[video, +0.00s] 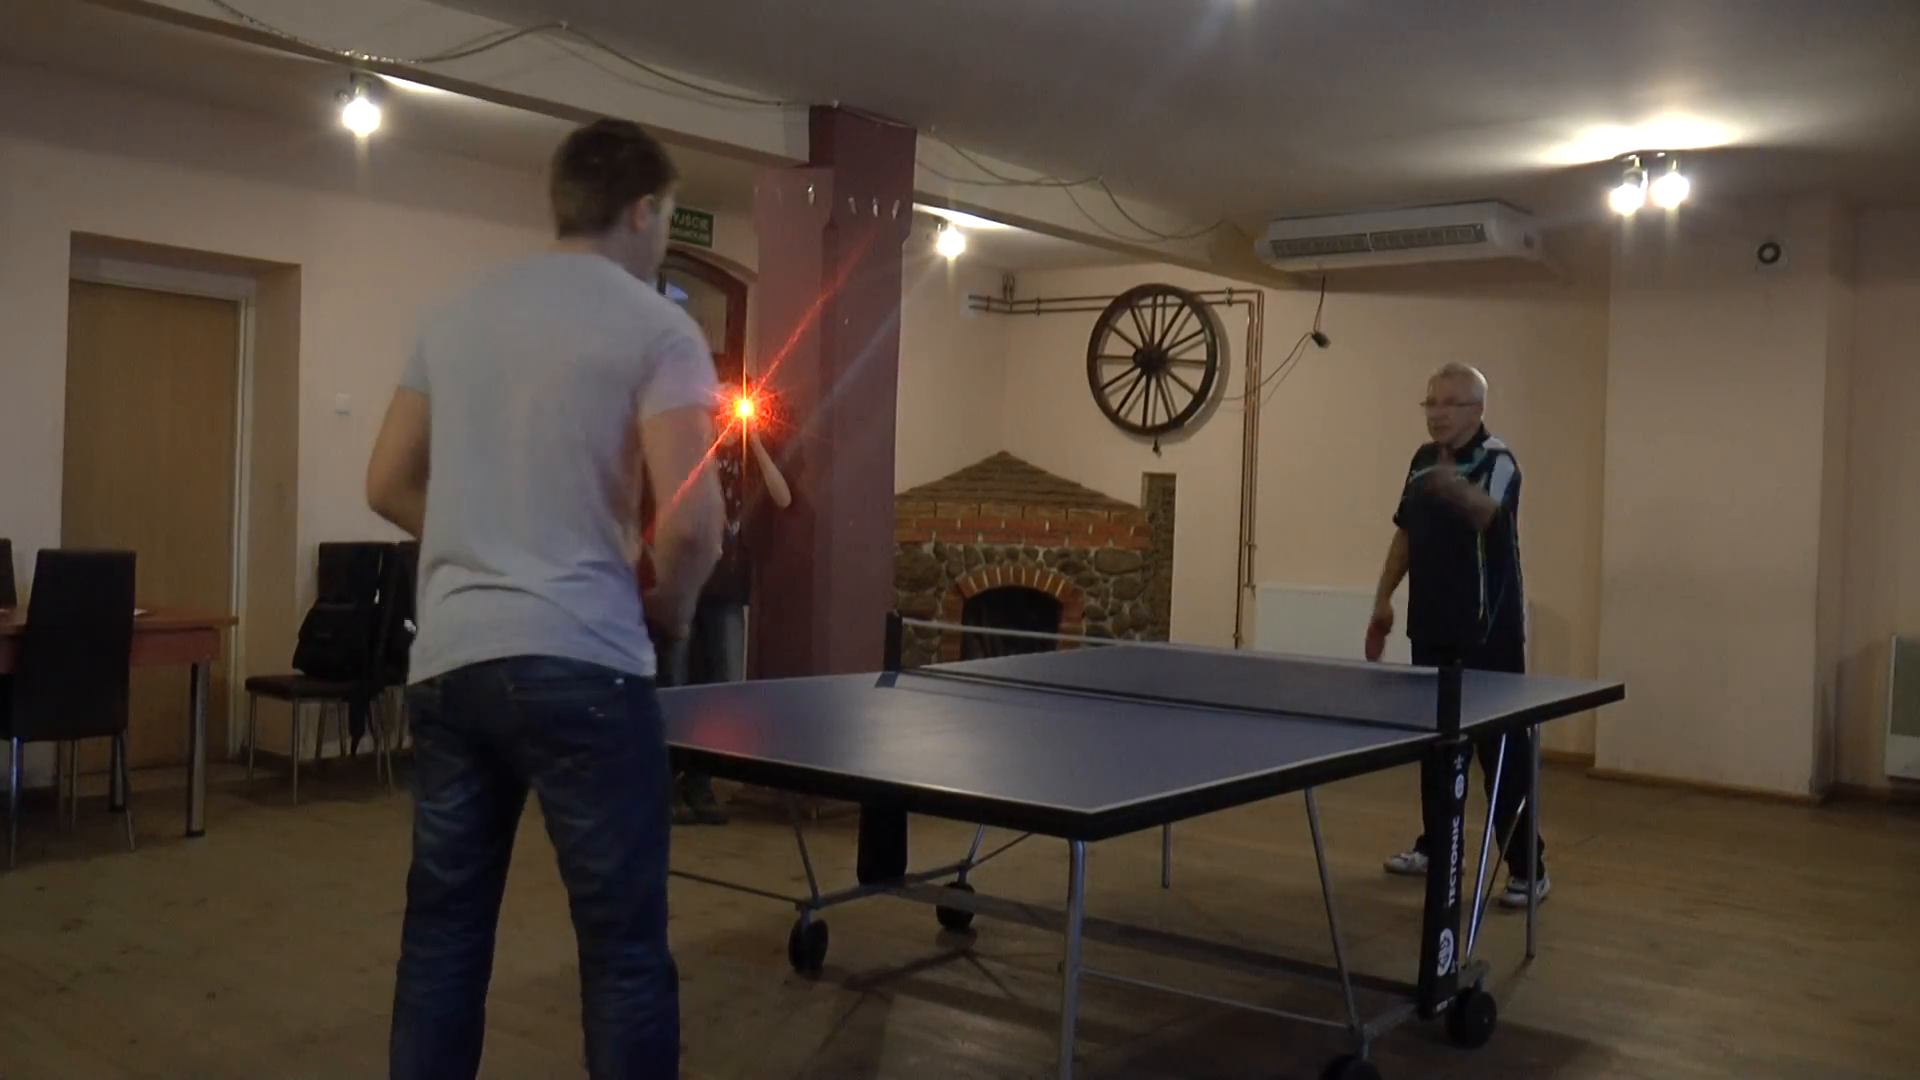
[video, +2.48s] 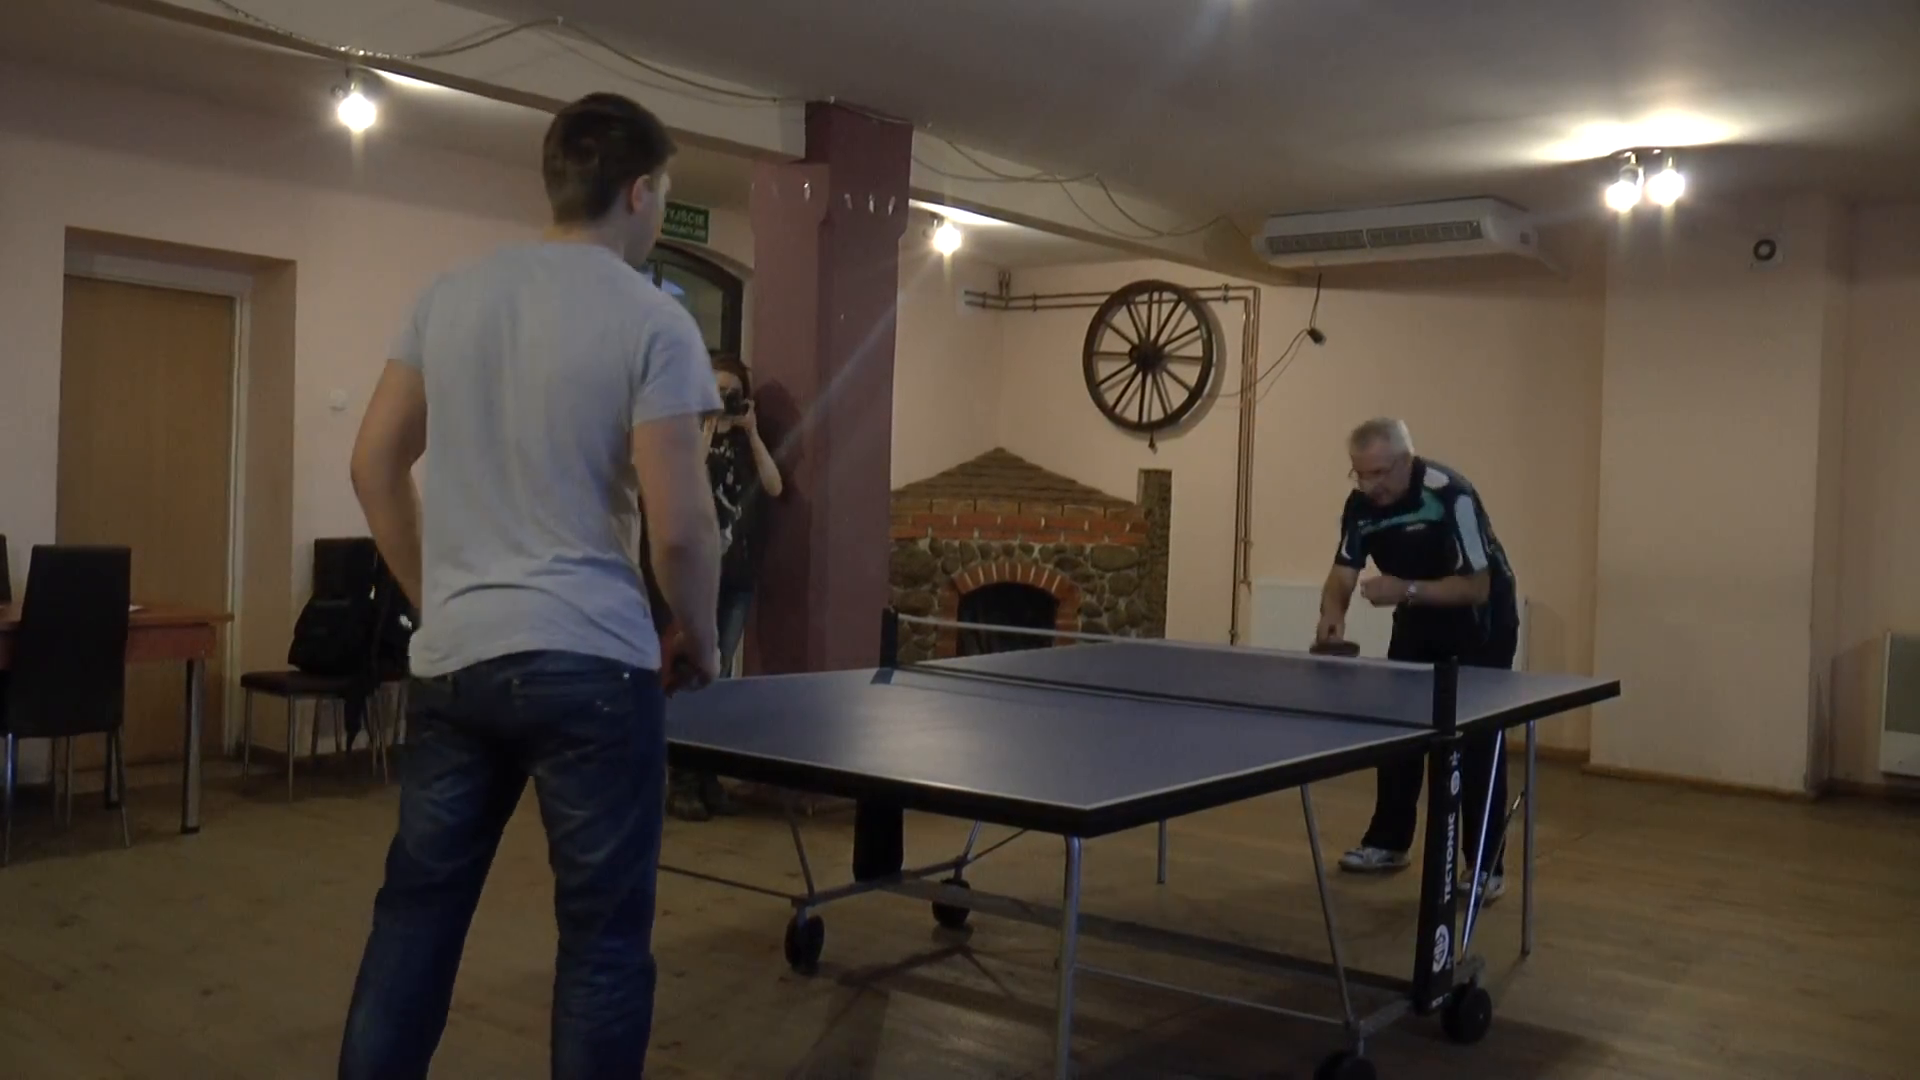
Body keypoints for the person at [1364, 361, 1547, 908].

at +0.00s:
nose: (1436, 414)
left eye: (1448, 405)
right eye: (1430, 404)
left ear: (1477, 410)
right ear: (1425, 409)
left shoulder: (1496, 460)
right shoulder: (1424, 462)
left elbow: (1487, 513)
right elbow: (1406, 536)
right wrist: (1382, 599)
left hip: (1491, 632)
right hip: (1433, 629)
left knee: (1503, 753)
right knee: (1436, 744)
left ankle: (1527, 867)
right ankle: (1435, 843)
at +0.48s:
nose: (1433, 415)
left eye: (1445, 406)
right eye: (1427, 406)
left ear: (1473, 411)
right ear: (1420, 410)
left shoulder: (1501, 459)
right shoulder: (1415, 468)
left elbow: (1536, 523)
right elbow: (1387, 538)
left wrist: (1475, 484)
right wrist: (1373, 597)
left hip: (1490, 634)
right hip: (1428, 631)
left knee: (1489, 750)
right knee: (1430, 745)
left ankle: (1501, 865)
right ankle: (1434, 843)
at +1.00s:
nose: (1465, 412)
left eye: (1478, 402)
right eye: (1459, 401)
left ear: (1507, 408)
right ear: (1452, 405)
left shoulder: (1537, 467)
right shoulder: (1441, 466)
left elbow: (1568, 546)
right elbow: (1415, 538)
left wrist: (1516, 530)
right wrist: (1409, 588)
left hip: (1512, 641)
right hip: (1446, 635)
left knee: (1507, 757)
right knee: (1436, 747)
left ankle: (1503, 866)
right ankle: (1433, 847)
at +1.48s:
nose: (1422, 433)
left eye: (1432, 421)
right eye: (1417, 423)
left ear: (1467, 418)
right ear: (1417, 423)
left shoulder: (1502, 462)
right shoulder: (1427, 477)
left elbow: (1504, 544)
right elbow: (1401, 551)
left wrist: (1424, 576)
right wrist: (1342, 574)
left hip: (1507, 634)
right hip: (1444, 628)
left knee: (1503, 751)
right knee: (1410, 732)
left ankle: (1499, 864)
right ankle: (1393, 840)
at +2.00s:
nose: (1321, 490)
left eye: (1327, 478)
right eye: (1317, 480)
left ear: (1357, 466)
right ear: (1354, 469)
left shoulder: (1385, 495)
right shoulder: (1379, 490)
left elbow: (1367, 586)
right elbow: (1364, 582)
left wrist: (1294, 605)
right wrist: (1297, 606)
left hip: (1479, 621)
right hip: (1432, 622)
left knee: (1478, 742)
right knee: (1403, 726)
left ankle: (1508, 861)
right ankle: (1392, 842)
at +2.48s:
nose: (1368, 486)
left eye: (1379, 474)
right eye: (1360, 474)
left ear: (1408, 463)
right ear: (1354, 468)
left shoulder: (1453, 497)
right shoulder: (1359, 505)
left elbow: (1480, 587)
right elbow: (1341, 578)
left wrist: (1405, 590)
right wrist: (1331, 619)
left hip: (1480, 620)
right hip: (1417, 616)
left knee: (1478, 741)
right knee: (1400, 728)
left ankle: (1485, 866)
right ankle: (1387, 843)